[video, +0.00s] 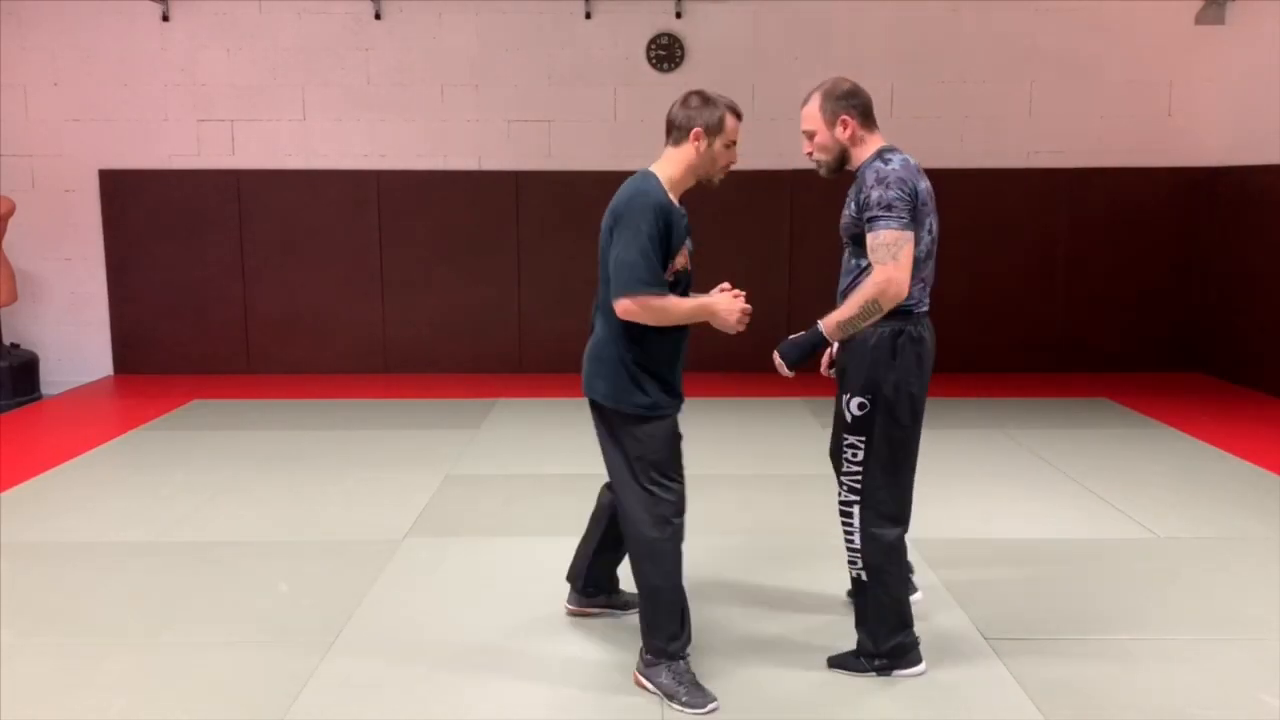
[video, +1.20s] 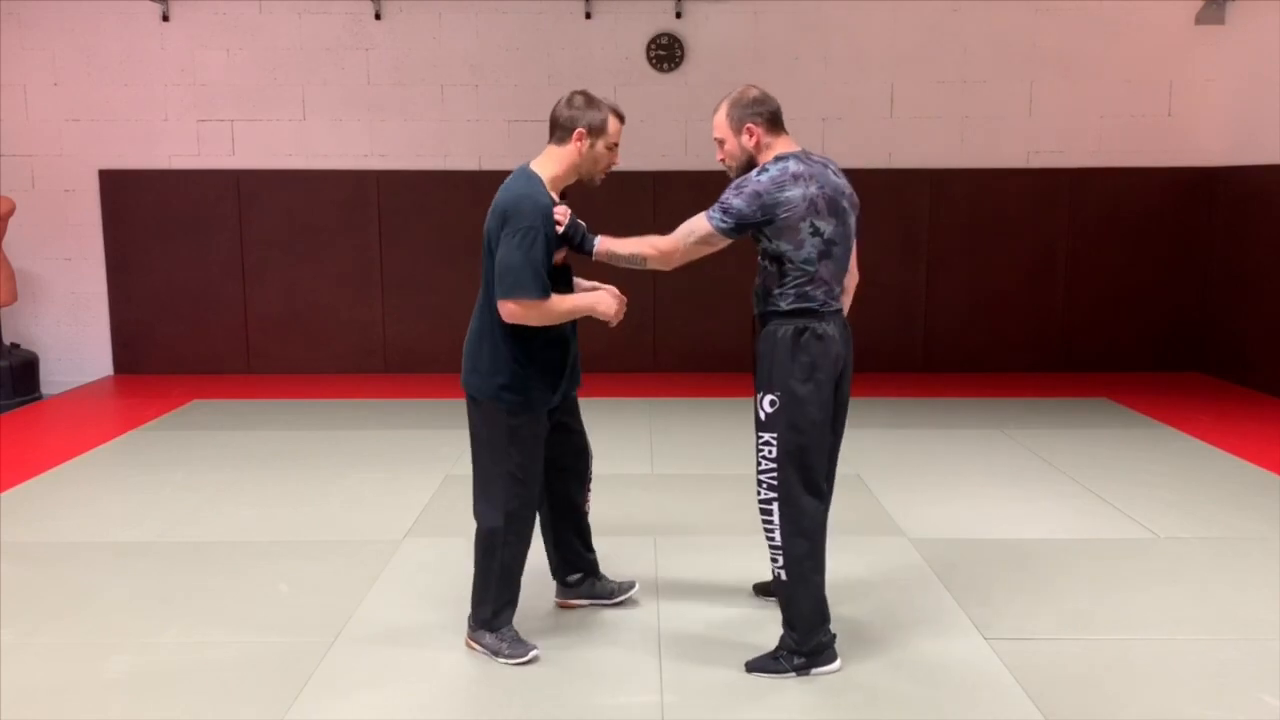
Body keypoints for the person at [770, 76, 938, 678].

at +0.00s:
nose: (807, 146)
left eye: (812, 133)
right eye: (806, 134)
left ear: (848, 126)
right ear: (850, 127)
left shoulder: (884, 179)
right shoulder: (879, 174)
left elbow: (890, 281)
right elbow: (883, 278)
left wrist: (810, 336)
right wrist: (840, 338)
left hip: (886, 346)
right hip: (882, 343)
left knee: (865, 491)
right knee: (868, 481)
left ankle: (888, 645)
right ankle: (888, 584)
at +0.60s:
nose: (780, 146)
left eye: (786, 134)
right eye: (777, 134)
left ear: (823, 128)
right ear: (822, 130)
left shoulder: (864, 181)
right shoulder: (837, 180)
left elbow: (836, 281)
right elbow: (824, 274)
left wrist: (738, 288)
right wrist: (782, 331)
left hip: (848, 343)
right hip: (835, 339)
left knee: (817, 490)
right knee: (850, 474)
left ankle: (808, 642)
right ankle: (865, 587)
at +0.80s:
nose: (760, 146)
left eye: (765, 133)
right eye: (758, 134)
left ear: (800, 128)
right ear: (804, 127)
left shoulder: (829, 183)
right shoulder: (841, 172)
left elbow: (762, 269)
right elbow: (828, 270)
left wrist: (679, 253)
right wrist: (783, 328)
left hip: (822, 343)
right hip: (833, 338)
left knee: (802, 493)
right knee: (829, 475)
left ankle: (807, 643)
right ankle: (857, 580)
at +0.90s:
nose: (748, 148)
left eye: (752, 135)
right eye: (746, 136)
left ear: (786, 128)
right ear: (795, 128)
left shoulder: (812, 183)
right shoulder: (844, 173)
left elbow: (728, 264)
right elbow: (825, 271)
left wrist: (653, 232)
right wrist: (790, 332)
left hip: (815, 343)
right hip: (835, 338)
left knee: (797, 491)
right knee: (822, 471)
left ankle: (808, 642)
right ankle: (850, 573)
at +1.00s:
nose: (739, 150)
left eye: (742, 137)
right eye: (737, 138)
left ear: (773, 128)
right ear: (790, 127)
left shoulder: (789, 185)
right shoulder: (846, 174)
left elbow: (701, 257)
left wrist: (627, 232)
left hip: (805, 344)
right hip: (840, 339)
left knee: (791, 491)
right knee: (816, 472)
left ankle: (808, 642)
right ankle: (837, 569)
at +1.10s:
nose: (727, 151)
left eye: (730, 139)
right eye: (725, 139)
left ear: (761, 130)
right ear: (778, 129)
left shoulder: (772, 184)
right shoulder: (841, 177)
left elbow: (672, 246)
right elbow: (850, 277)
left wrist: (590, 241)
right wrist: (822, 330)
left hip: (796, 345)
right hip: (833, 338)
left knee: (787, 489)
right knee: (814, 476)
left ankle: (808, 644)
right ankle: (814, 577)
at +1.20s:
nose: (719, 153)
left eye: (722, 141)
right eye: (717, 142)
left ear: (754, 132)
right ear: (771, 131)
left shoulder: (764, 186)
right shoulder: (834, 180)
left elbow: (670, 250)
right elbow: (848, 274)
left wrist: (587, 242)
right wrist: (825, 333)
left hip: (793, 343)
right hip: (828, 339)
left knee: (783, 488)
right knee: (807, 475)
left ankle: (808, 643)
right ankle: (799, 576)